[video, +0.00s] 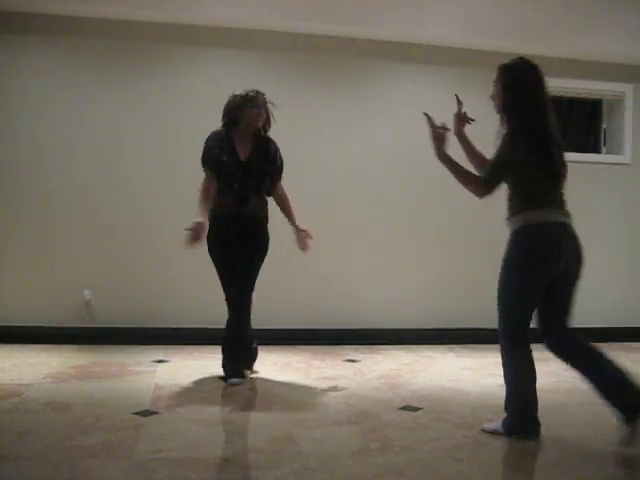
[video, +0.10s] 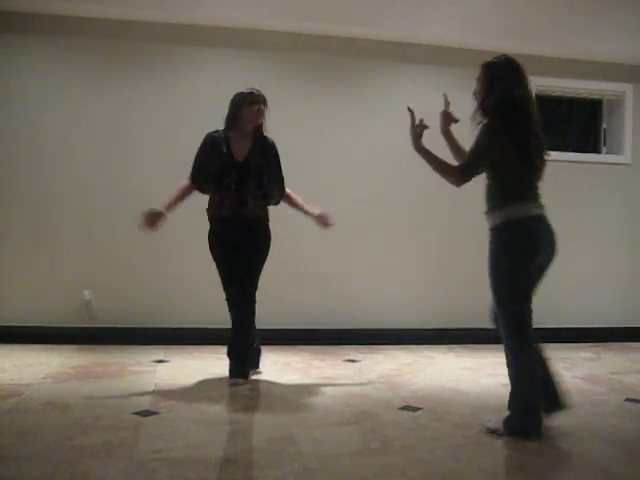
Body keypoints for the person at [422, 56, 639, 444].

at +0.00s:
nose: (492, 93)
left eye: (496, 86)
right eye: (494, 85)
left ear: (510, 93)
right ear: (533, 92)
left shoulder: (518, 135)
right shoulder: (545, 132)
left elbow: (483, 186)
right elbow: (494, 171)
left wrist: (442, 153)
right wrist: (463, 137)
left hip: (530, 242)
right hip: (564, 241)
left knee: (512, 332)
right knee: (556, 333)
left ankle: (521, 421)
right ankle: (631, 402)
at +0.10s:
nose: (475, 89)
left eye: (479, 82)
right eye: (477, 82)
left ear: (492, 88)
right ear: (516, 87)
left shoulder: (498, 127)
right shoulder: (526, 125)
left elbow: (459, 175)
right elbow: (476, 164)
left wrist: (419, 147)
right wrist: (448, 135)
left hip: (511, 237)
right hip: (536, 233)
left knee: (514, 326)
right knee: (507, 317)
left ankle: (523, 420)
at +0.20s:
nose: (460, 99)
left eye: (464, 93)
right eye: (463, 92)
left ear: (472, 100)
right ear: (501, 100)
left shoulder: (475, 135)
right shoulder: (505, 135)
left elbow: (444, 186)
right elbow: (463, 179)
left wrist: (411, 161)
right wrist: (438, 152)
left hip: (490, 243)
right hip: (513, 239)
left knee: (506, 333)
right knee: (466, 309)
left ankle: (526, 420)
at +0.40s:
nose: (418, 119)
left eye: (423, 114)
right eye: (420, 112)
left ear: (437, 120)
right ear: (445, 119)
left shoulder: (438, 151)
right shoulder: (452, 150)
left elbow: (432, 196)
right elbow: (455, 197)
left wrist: (393, 172)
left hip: (449, 249)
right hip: (456, 246)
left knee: (474, 325)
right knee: (414, 307)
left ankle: (517, 400)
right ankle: (418, 388)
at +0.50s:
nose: (403, 104)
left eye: (409, 100)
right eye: (406, 99)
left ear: (422, 106)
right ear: (427, 108)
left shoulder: (424, 135)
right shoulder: (433, 141)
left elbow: (427, 172)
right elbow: (462, 188)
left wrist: (399, 136)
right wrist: (434, 205)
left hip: (435, 235)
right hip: (430, 234)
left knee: (450, 310)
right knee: (413, 303)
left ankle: (472, 386)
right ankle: (422, 380)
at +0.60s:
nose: (395, 99)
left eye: (401, 94)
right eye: (397, 93)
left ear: (415, 99)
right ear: (417, 99)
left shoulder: (423, 124)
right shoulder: (415, 125)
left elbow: (411, 141)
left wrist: (393, 112)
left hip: (424, 223)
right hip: (407, 223)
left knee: (426, 296)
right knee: (407, 297)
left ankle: (435, 368)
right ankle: (416, 366)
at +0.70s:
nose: (392, 110)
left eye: (397, 104)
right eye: (392, 104)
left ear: (410, 105)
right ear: (405, 105)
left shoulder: (424, 135)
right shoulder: (405, 131)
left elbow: (400, 125)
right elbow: (390, 121)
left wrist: (381, 115)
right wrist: (380, 115)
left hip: (415, 229)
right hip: (391, 227)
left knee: (415, 298)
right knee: (387, 294)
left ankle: (427, 370)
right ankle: (394, 357)